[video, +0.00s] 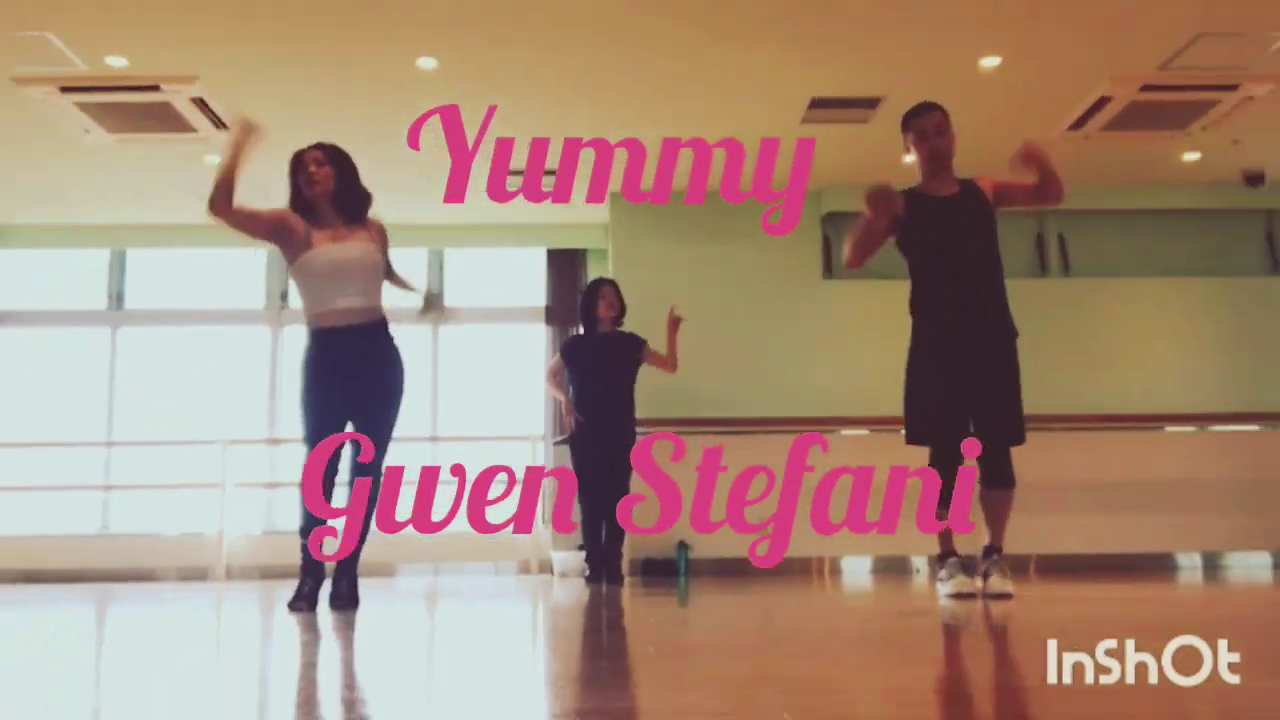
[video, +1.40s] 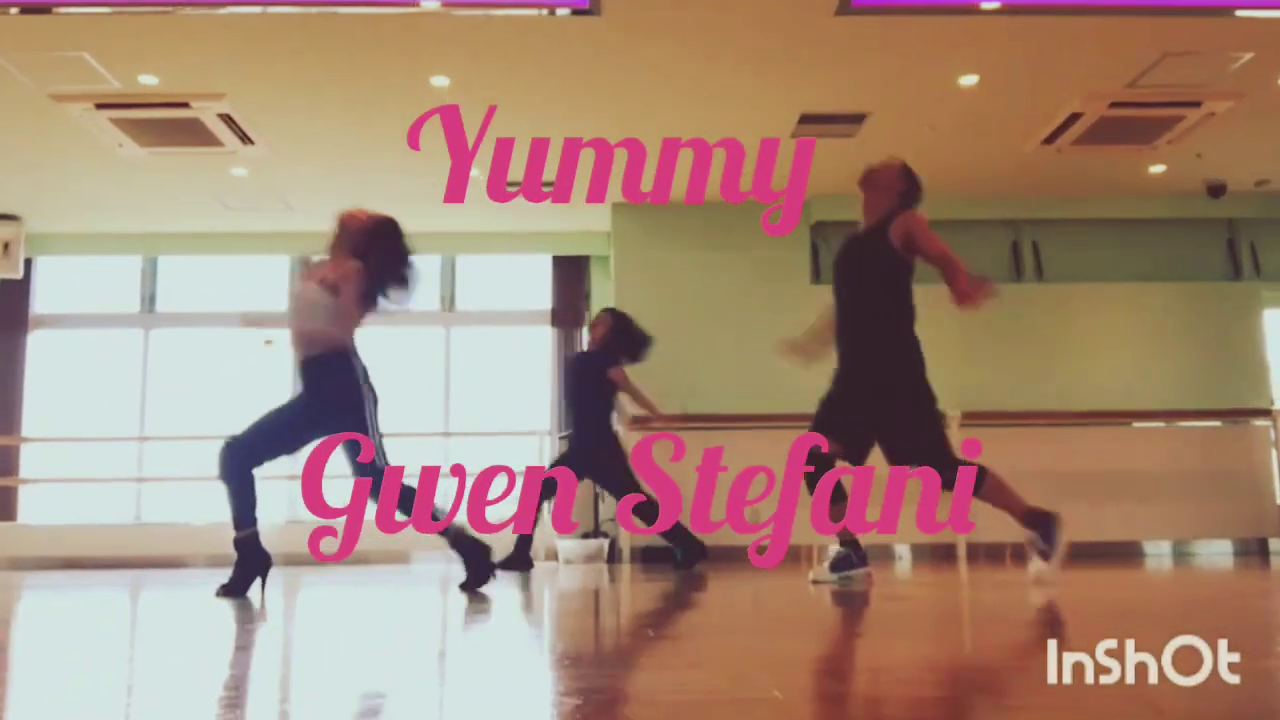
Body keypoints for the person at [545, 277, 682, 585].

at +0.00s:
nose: (610, 303)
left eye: (614, 298)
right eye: (603, 298)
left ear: (621, 305)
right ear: (590, 305)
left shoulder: (630, 343)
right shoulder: (576, 345)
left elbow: (670, 365)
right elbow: (551, 377)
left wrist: (672, 332)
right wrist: (566, 401)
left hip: (620, 432)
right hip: (586, 432)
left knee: (617, 499)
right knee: (591, 501)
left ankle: (613, 563)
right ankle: (594, 564)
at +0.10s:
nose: (610, 303)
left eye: (614, 298)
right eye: (604, 298)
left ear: (621, 304)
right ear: (593, 304)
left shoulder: (630, 339)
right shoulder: (581, 341)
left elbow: (658, 366)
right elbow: (560, 371)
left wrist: (663, 360)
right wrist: (572, 397)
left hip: (622, 423)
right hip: (590, 422)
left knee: (619, 490)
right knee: (595, 490)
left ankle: (616, 548)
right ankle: (597, 548)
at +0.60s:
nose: (614, 308)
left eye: (618, 304)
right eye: (610, 304)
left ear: (626, 308)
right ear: (603, 309)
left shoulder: (634, 333)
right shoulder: (596, 341)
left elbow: (656, 336)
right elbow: (582, 369)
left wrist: (647, 332)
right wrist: (582, 358)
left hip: (638, 403)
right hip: (614, 404)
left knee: (630, 462)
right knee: (612, 461)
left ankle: (622, 517)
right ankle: (608, 518)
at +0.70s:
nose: (620, 299)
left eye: (624, 294)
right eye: (615, 295)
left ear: (631, 299)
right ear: (607, 300)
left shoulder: (637, 322)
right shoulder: (602, 324)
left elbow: (645, 292)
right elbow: (576, 319)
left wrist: (631, 288)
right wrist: (583, 296)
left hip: (643, 392)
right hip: (620, 394)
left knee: (643, 454)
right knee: (627, 455)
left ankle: (648, 512)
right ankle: (633, 511)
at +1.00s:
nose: (617, 314)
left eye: (623, 309)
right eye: (616, 310)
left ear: (632, 314)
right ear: (617, 317)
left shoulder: (634, 339)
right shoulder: (621, 339)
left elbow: (622, 311)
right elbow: (606, 317)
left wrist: (623, 292)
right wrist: (618, 290)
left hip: (653, 413)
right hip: (639, 412)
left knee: (656, 473)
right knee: (634, 475)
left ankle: (683, 526)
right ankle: (671, 522)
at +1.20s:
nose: (615, 304)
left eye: (622, 300)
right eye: (618, 299)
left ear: (634, 308)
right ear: (633, 310)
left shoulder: (631, 338)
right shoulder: (621, 339)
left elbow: (627, 365)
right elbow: (606, 365)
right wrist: (592, 379)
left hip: (629, 419)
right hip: (639, 417)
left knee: (589, 473)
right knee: (658, 479)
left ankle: (593, 535)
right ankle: (687, 535)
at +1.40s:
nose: (593, 327)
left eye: (601, 324)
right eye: (595, 323)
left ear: (613, 333)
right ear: (595, 328)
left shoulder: (607, 360)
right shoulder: (583, 360)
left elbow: (629, 390)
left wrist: (655, 413)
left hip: (601, 448)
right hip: (581, 448)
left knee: (636, 502)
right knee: (536, 489)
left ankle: (689, 547)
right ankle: (520, 554)